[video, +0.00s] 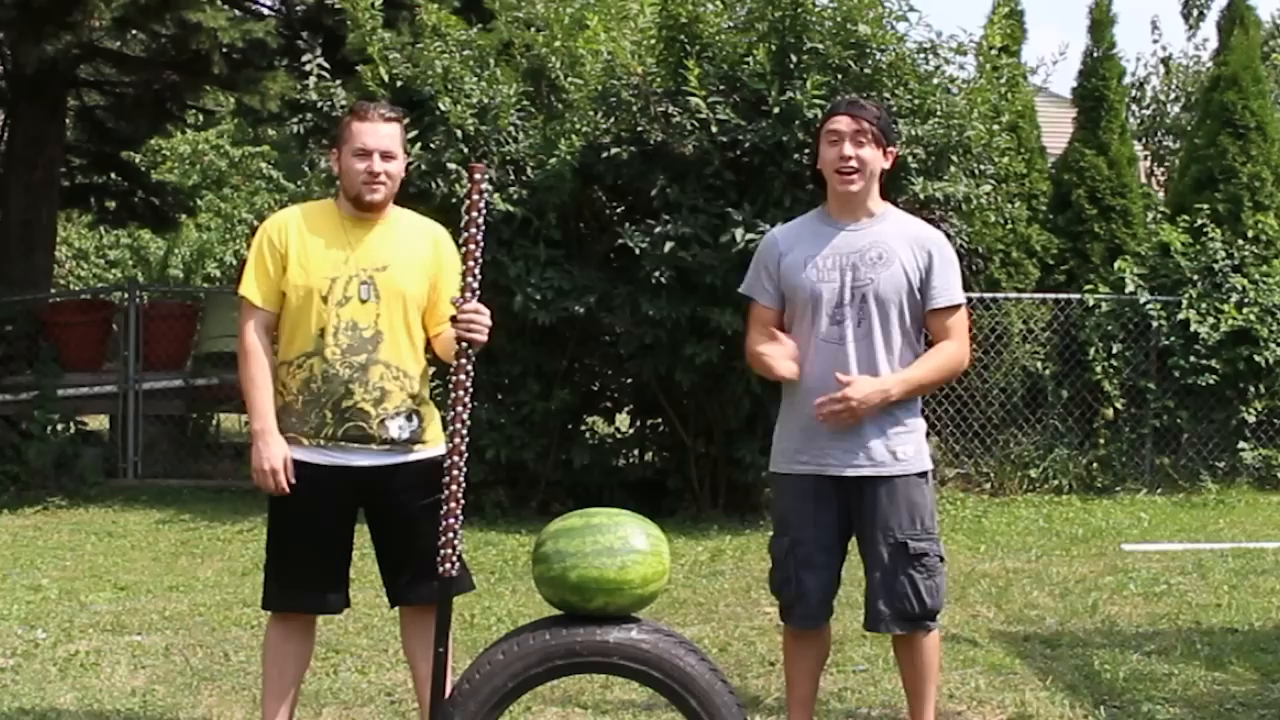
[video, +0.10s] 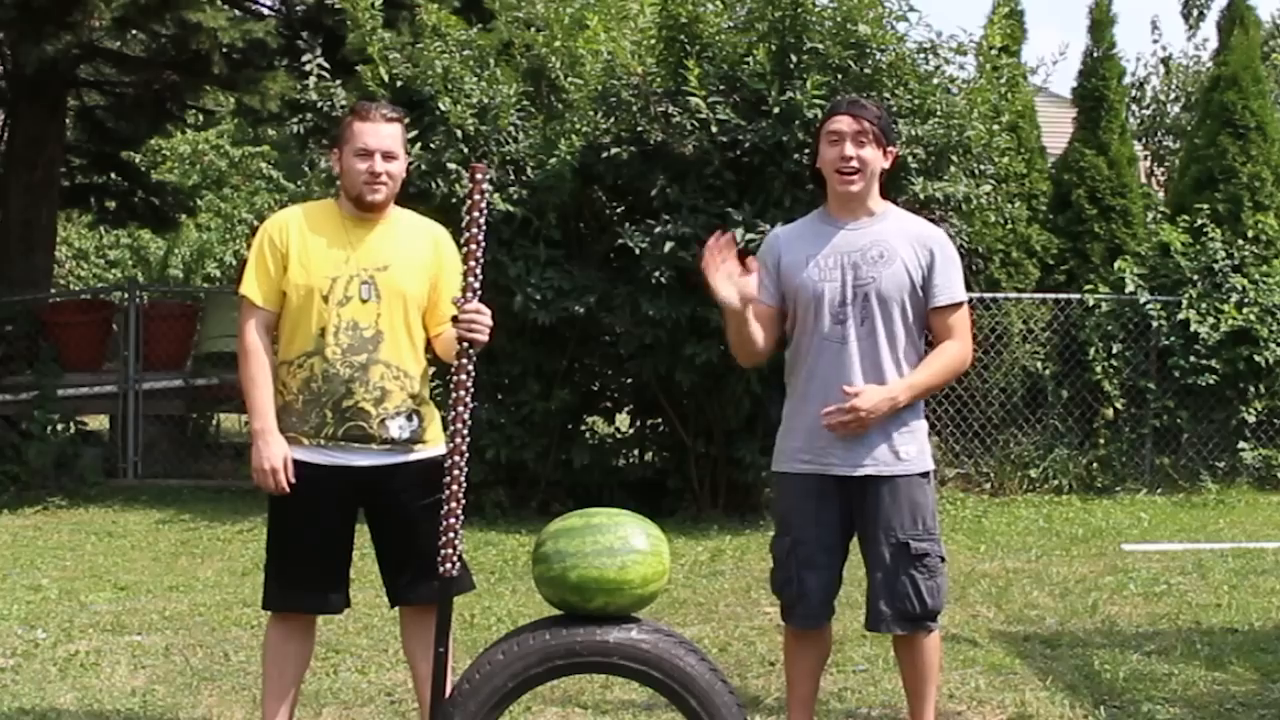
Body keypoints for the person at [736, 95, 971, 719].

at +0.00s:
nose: (846, 152)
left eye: (860, 141)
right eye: (834, 140)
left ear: (885, 156)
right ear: (817, 156)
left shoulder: (925, 243)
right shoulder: (782, 243)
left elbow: (955, 348)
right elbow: (761, 337)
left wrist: (886, 388)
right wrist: (780, 358)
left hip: (894, 462)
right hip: (803, 462)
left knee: (915, 611)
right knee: (802, 610)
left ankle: (922, 717)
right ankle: (798, 716)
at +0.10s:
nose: (848, 152)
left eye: (862, 140)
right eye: (835, 141)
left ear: (886, 155)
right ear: (817, 158)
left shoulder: (925, 241)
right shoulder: (783, 244)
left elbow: (957, 346)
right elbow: (754, 350)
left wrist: (892, 396)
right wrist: (735, 306)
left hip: (897, 461)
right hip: (806, 460)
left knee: (915, 611)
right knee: (803, 609)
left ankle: (923, 716)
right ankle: (798, 716)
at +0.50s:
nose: (851, 155)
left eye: (866, 144)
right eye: (840, 142)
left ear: (891, 158)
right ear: (824, 154)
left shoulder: (929, 243)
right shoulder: (788, 244)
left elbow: (957, 349)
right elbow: (751, 342)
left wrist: (869, 378)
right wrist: (800, 374)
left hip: (902, 461)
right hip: (811, 460)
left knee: (919, 610)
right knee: (806, 610)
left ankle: (923, 717)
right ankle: (799, 716)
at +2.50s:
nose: (852, 152)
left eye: (866, 141)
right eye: (840, 140)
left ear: (892, 156)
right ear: (824, 154)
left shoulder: (933, 243)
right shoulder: (790, 243)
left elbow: (972, 345)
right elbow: (759, 344)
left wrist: (895, 369)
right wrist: (819, 365)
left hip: (904, 465)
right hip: (813, 463)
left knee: (921, 610)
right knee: (808, 610)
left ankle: (924, 717)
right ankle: (799, 717)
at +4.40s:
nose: (821, 164)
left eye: (835, 153)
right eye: (820, 152)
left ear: (880, 159)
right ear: (820, 156)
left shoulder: (938, 245)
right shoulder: (798, 244)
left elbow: (970, 351)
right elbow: (767, 356)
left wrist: (893, 378)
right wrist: (773, 326)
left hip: (906, 467)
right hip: (816, 464)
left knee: (923, 611)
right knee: (810, 610)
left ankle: (924, 717)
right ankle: (800, 716)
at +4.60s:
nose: (819, 165)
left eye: (832, 153)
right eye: (818, 152)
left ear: (879, 158)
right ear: (829, 157)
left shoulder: (938, 244)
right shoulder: (801, 242)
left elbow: (970, 350)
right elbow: (746, 327)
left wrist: (889, 375)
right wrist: (705, 265)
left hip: (908, 467)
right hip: (817, 464)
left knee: (923, 611)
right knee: (811, 610)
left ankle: (925, 716)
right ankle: (800, 717)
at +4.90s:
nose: (818, 163)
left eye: (831, 152)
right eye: (817, 150)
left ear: (876, 159)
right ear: (826, 156)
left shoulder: (935, 245)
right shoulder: (802, 243)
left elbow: (967, 351)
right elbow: (765, 332)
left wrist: (888, 376)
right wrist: (694, 338)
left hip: (906, 467)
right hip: (816, 464)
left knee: (922, 611)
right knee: (812, 609)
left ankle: (924, 717)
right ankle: (800, 716)